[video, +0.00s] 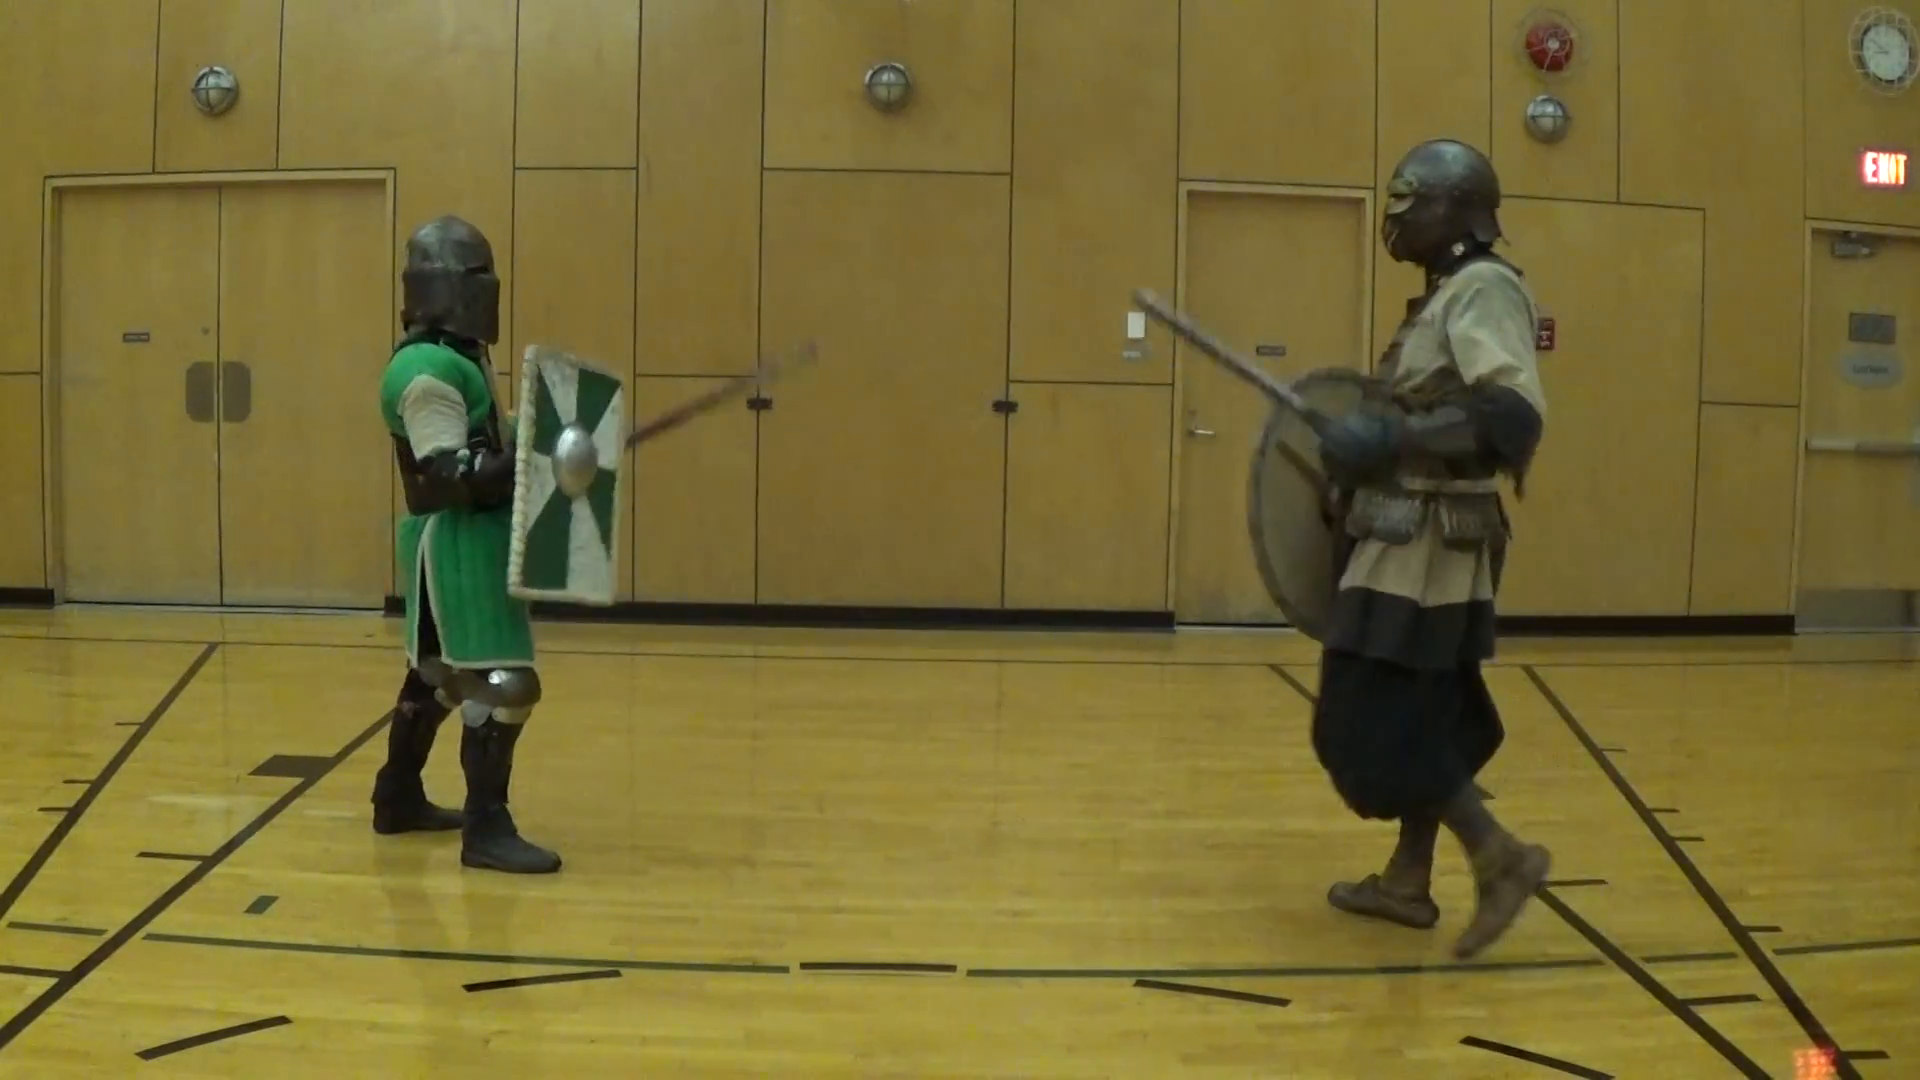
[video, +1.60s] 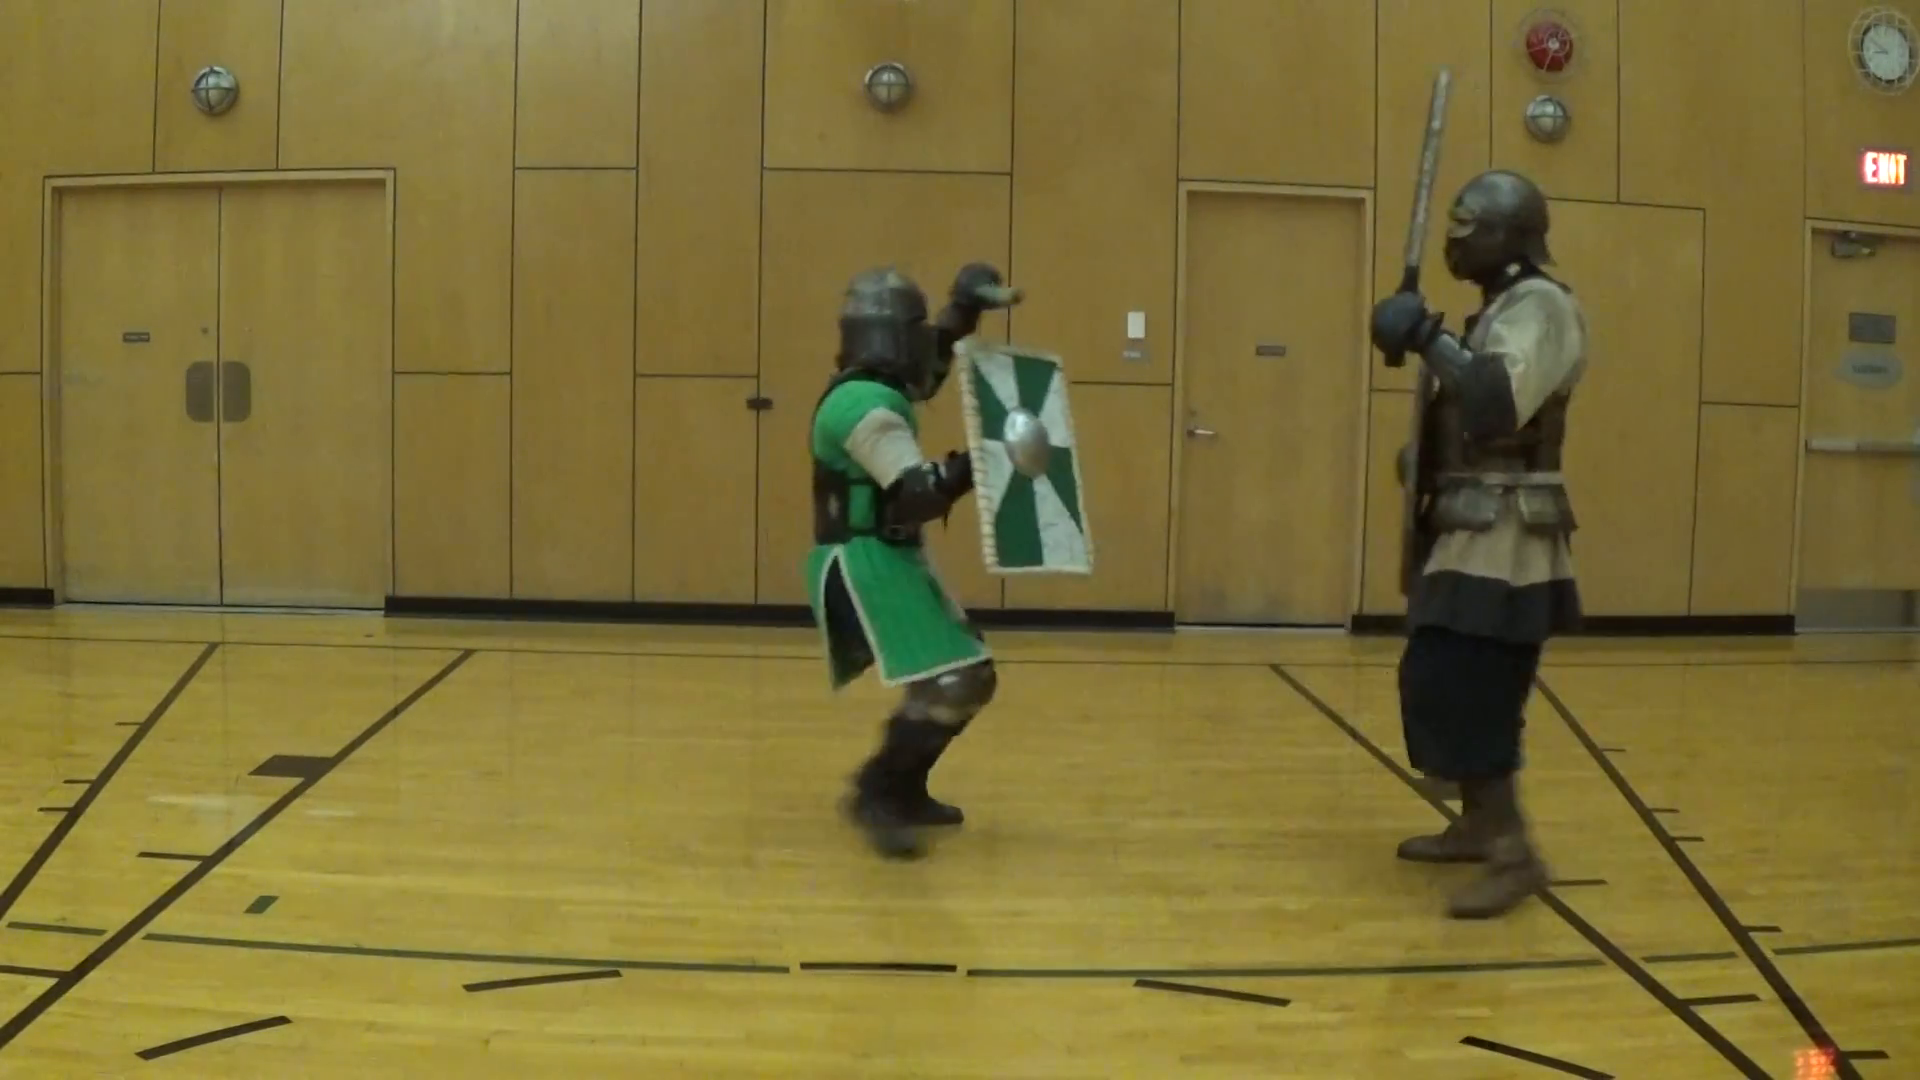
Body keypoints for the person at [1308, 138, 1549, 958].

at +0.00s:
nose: (1391, 215)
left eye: (1408, 200)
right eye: (1395, 200)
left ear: (1459, 213)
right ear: (1453, 216)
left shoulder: (1484, 291)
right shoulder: (1453, 293)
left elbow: (1515, 419)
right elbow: (1449, 411)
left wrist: (1392, 435)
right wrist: (1362, 434)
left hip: (1429, 543)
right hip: (1427, 537)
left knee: (1367, 717)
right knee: (1427, 705)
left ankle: (1502, 859)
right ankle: (1407, 880)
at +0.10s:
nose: (1374, 211)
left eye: (1392, 197)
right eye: (1377, 195)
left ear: (1444, 210)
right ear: (1428, 210)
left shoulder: (1464, 283)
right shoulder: (1431, 290)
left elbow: (1493, 398)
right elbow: (1429, 408)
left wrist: (1366, 387)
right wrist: (1340, 461)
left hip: (1419, 531)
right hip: (1400, 525)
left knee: (1340, 699)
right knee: (1400, 696)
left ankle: (1424, 870)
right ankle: (1409, 865)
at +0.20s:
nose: (1355, 207)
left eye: (1371, 194)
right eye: (1358, 192)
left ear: (1422, 208)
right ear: (1414, 209)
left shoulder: (1443, 282)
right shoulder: (1415, 288)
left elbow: (1473, 385)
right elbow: (1398, 414)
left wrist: (1359, 343)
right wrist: (1319, 443)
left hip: (1394, 527)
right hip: (1410, 525)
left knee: (1325, 695)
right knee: (1418, 700)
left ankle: (1339, 882)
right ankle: (1407, 880)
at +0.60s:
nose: (1291, 205)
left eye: (1307, 191)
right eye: (1295, 190)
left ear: (1356, 205)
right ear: (1361, 208)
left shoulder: (1358, 287)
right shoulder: (1364, 281)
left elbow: (1357, 407)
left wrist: (1267, 338)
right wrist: (1278, 336)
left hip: (1322, 531)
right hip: (1357, 528)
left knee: (1276, 694)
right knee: (1350, 691)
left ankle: (1278, 872)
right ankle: (1394, 852)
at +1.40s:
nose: (1388, 242)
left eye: (1405, 231)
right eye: (1391, 230)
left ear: (1449, 243)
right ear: (1439, 244)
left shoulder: (1468, 314)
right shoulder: (1439, 314)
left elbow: (1446, 417)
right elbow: (1419, 400)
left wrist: (1369, 345)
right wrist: (1358, 345)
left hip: (1440, 540)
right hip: (1422, 534)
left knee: (1355, 692)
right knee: (1437, 685)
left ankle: (1299, 862)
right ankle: (1481, 823)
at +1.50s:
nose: (1420, 238)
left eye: (1436, 227)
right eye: (1421, 225)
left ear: (1484, 239)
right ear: (1466, 240)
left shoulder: (1504, 308)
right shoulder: (1469, 311)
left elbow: (1480, 404)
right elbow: (1439, 396)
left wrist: (1405, 344)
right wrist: (1391, 344)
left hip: (1471, 543)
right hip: (1454, 538)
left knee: (1401, 687)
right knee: (1449, 681)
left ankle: (1400, 865)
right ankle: (1481, 818)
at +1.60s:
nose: (1450, 236)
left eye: (1465, 224)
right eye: (1453, 223)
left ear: (1510, 235)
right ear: (1500, 235)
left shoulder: (1537, 307)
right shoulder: (1499, 308)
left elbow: (1496, 399)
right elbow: (1475, 396)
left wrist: (1429, 337)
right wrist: (1422, 339)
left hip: (1506, 544)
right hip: (1473, 537)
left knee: (1466, 687)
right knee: (1447, 679)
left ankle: (1512, 851)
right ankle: (1482, 823)